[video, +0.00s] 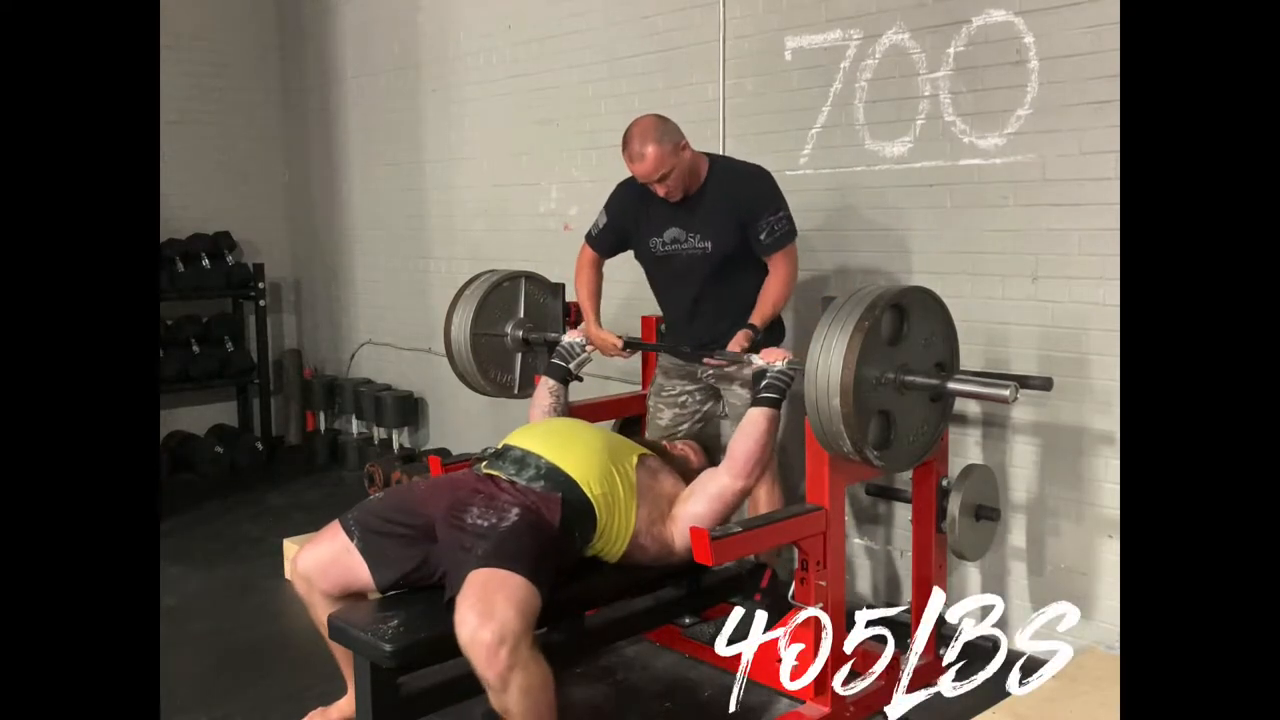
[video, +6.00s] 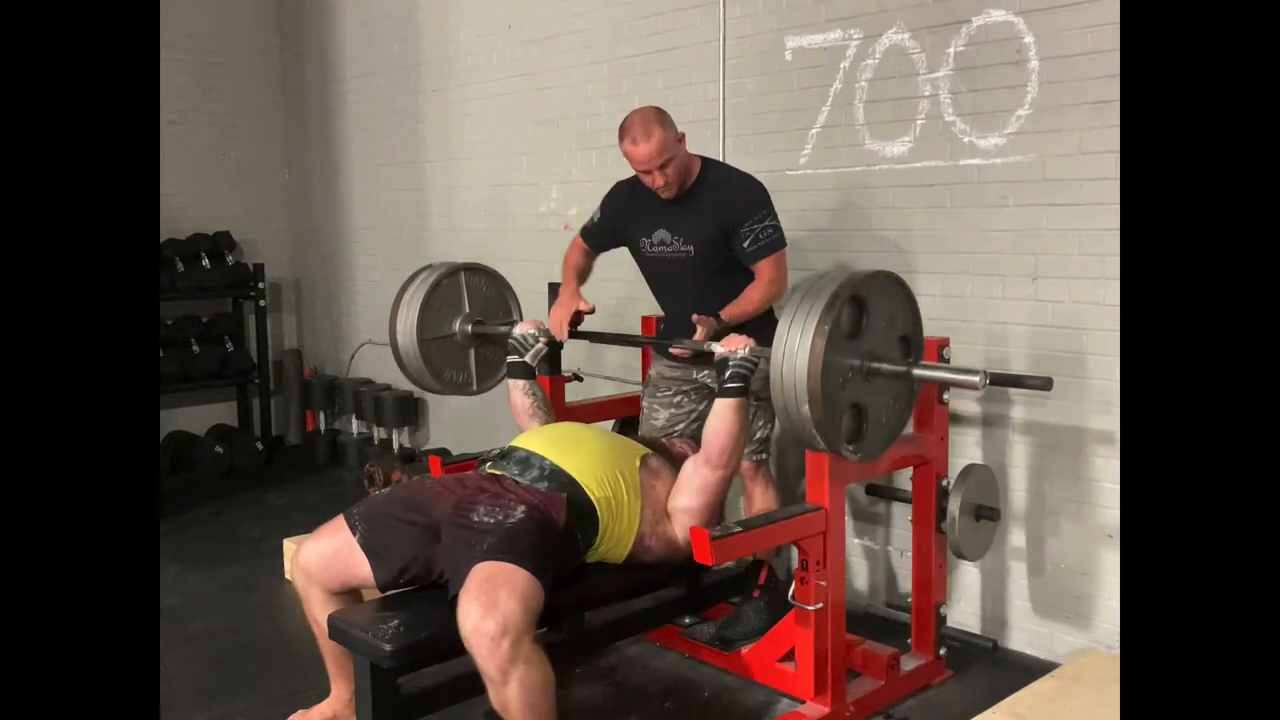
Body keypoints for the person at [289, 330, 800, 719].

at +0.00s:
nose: (682, 442)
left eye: (692, 447)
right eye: (676, 439)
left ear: (702, 475)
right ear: (653, 445)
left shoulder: (677, 513)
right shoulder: (597, 448)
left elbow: (741, 470)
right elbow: (535, 436)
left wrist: (770, 387)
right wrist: (556, 367)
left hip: (529, 506)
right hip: (456, 483)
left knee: (489, 633)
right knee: (308, 564)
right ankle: (358, 694)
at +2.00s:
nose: (679, 441)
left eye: (690, 448)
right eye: (677, 438)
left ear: (699, 475)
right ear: (655, 443)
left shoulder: (679, 508)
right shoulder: (596, 449)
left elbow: (745, 475)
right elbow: (534, 436)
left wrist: (770, 392)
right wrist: (559, 370)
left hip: (528, 503)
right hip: (457, 481)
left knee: (489, 628)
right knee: (311, 561)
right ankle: (343, 697)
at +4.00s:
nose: (672, 433)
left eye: (680, 435)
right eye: (670, 430)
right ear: (655, 435)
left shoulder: (662, 524)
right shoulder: (586, 449)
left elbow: (700, 471)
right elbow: (515, 446)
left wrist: (720, 386)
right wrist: (508, 375)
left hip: (524, 504)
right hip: (454, 480)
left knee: (487, 629)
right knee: (308, 561)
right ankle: (343, 698)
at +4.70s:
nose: (669, 436)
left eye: (681, 439)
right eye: (665, 430)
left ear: (683, 463)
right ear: (642, 437)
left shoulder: (660, 497)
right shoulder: (566, 439)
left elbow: (682, 543)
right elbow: (489, 472)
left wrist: (705, 447)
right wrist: (489, 429)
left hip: (519, 506)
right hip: (458, 484)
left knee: (481, 633)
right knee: (305, 561)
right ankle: (342, 699)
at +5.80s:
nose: (680, 435)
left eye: (689, 436)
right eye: (676, 430)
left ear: (699, 462)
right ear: (659, 434)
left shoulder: (671, 515)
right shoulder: (585, 450)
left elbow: (717, 468)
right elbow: (523, 445)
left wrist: (731, 387)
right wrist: (514, 373)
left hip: (525, 507)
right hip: (455, 486)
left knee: (487, 625)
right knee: (308, 560)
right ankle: (342, 698)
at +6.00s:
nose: (677, 438)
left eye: (689, 440)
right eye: (675, 432)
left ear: (699, 463)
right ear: (659, 437)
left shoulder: (674, 515)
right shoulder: (586, 448)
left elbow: (718, 459)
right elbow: (532, 435)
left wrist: (735, 376)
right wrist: (523, 362)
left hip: (529, 507)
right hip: (461, 483)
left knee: (493, 626)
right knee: (311, 563)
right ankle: (343, 698)